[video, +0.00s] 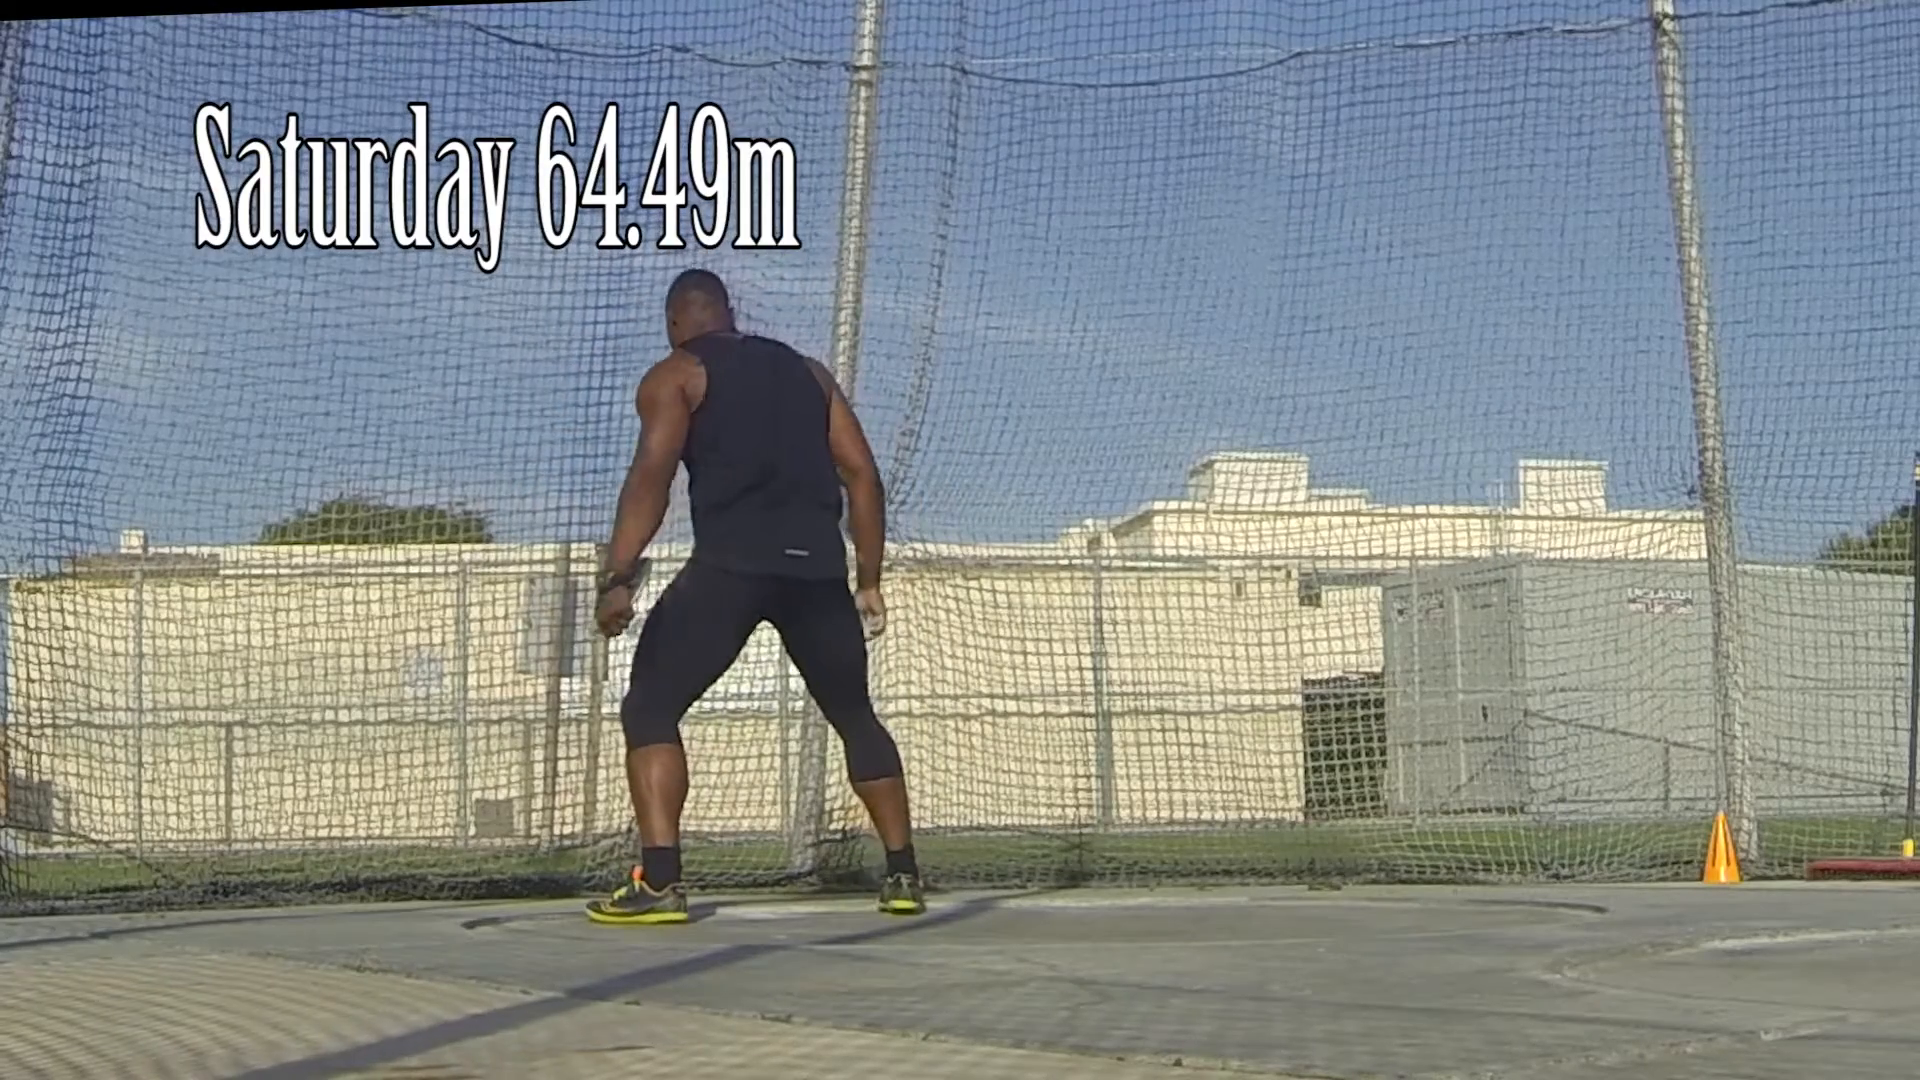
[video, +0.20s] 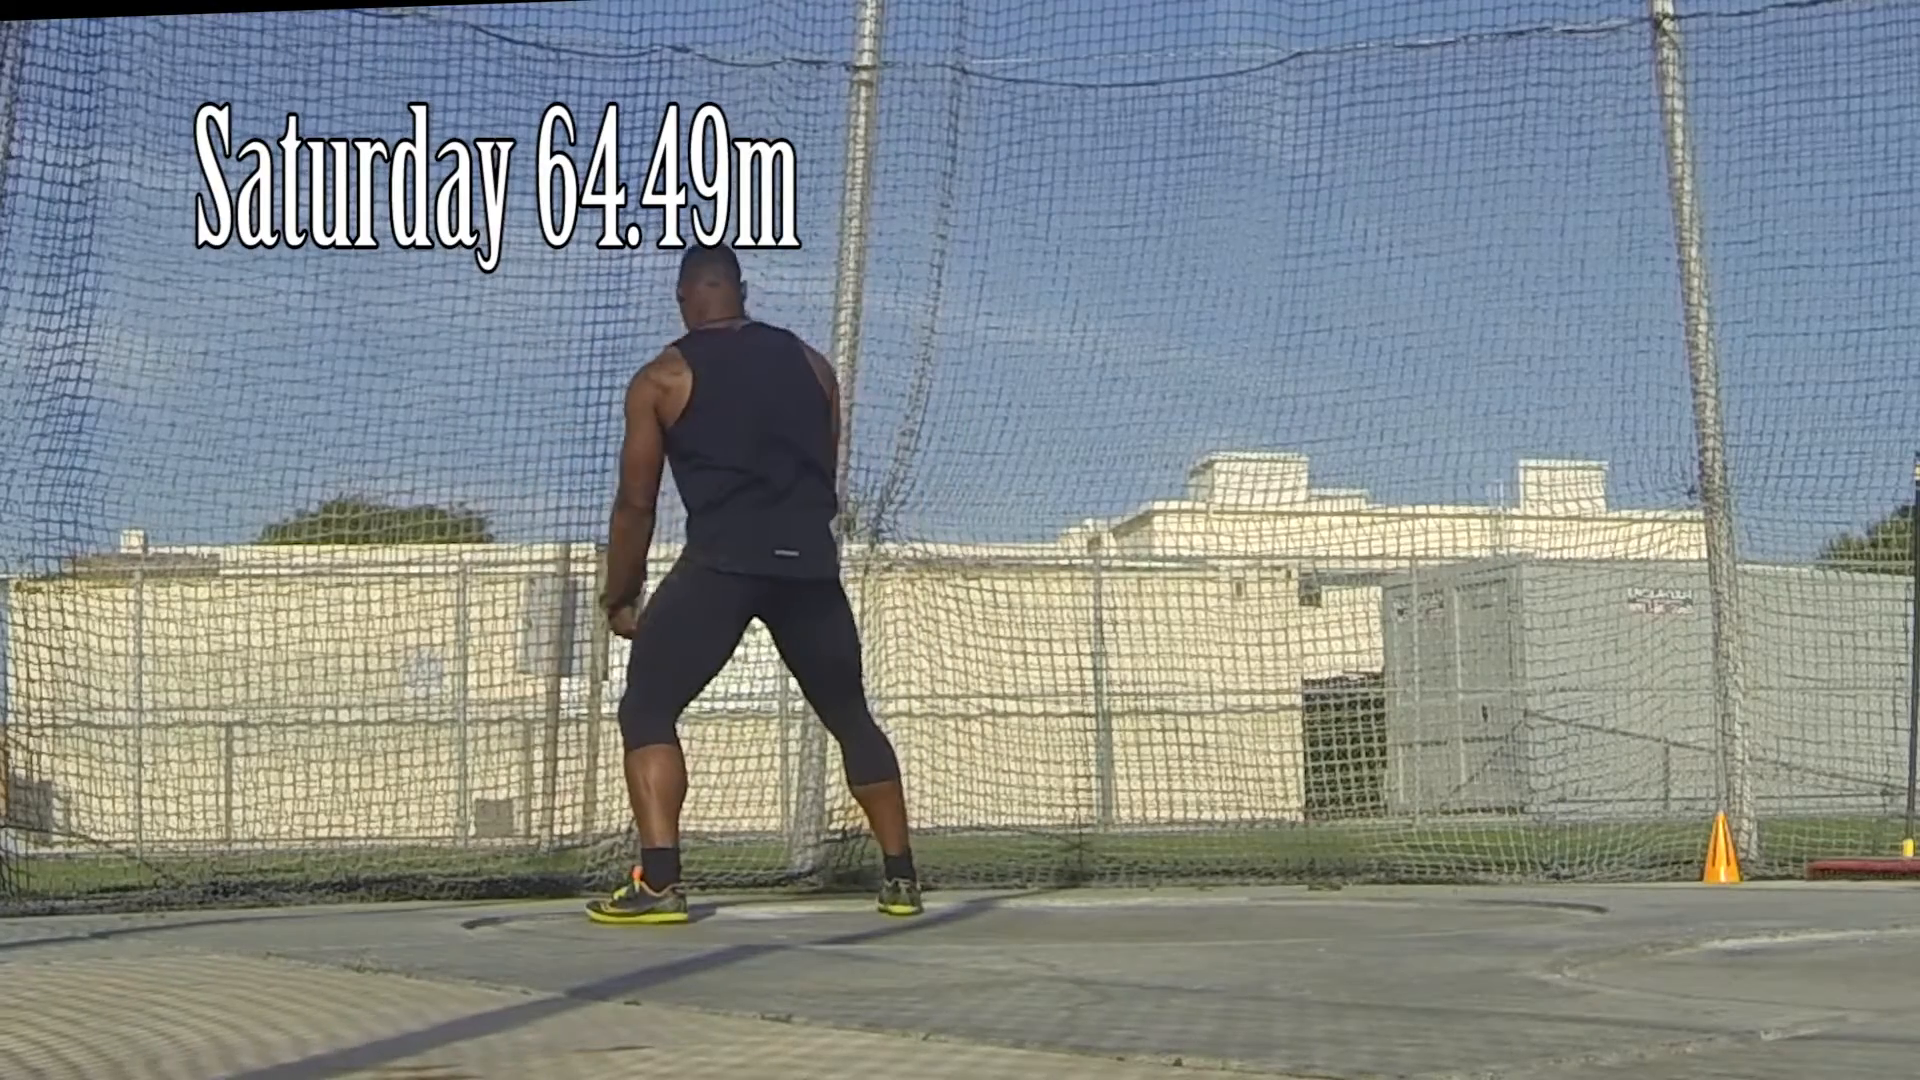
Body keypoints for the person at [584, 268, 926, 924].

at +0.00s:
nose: (671, 335)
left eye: (670, 326)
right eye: (674, 327)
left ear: (677, 322)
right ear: (731, 315)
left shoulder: (675, 375)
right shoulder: (807, 371)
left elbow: (652, 475)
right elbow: (863, 471)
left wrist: (620, 577)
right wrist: (870, 577)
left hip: (728, 570)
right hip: (819, 574)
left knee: (650, 709)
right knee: (856, 715)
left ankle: (659, 882)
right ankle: (903, 873)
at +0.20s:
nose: (690, 303)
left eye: (686, 293)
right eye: (701, 289)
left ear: (682, 298)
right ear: (743, 294)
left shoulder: (661, 377)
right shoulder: (814, 365)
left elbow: (636, 503)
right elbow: (826, 480)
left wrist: (620, 599)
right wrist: (785, 540)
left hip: (720, 565)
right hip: (809, 565)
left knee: (647, 709)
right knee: (852, 716)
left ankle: (658, 883)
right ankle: (901, 876)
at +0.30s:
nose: (723, 295)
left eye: (715, 283)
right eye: (736, 284)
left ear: (705, 290)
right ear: (766, 291)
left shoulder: (676, 365)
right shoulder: (826, 363)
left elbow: (651, 490)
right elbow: (816, 466)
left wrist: (670, 554)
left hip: (722, 562)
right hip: (810, 566)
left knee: (654, 708)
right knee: (850, 716)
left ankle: (658, 882)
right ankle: (901, 876)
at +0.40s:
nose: (729, 290)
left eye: (731, 279)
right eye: (743, 278)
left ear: (735, 285)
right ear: (790, 289)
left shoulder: (699, 356)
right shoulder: (837, 362)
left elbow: (668, 474)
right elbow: (828, 460)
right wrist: (738, 433)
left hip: (732, 560)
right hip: (817, 565)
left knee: (668, 704)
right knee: (850, 715)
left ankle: (659, 880)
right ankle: (900, 876)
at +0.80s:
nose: (822, 306)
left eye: (817, 294)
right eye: (851, 299)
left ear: (814, 296)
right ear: (874, 306)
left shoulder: (787, 351)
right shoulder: (905, 389)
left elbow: (722, 443)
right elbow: (866, 466)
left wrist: (720, 497)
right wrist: (787, 496)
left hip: (773, 557)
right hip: (851, 573)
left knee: (696, 694)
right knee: (853, 718)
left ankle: (659, 863)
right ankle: (898, 876)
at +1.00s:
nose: (849, 318)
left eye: (846, 308)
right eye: (880, 315)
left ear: (841, 311)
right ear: (902, 324)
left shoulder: (796, 352)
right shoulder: (926, 413)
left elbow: (725, 445)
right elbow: (916, 518)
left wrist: (744, 515)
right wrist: (876, 557)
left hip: (769, 554)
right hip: (850, 577)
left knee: (687, 693)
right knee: (853, 719)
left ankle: (665, 866)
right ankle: (899, 877)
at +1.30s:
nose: (856, 327)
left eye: (855, 318)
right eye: (881, 326)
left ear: (847, 320)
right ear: (903, 338)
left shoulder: (786, 358)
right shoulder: (917, 394)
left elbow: (702, 423)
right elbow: (932, 472)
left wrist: (676, 528)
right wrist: (968, 560)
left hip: (753, 555)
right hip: (840, 575)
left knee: (686, 696)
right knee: (867, 718)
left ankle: (644, 847)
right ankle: (899, 876)